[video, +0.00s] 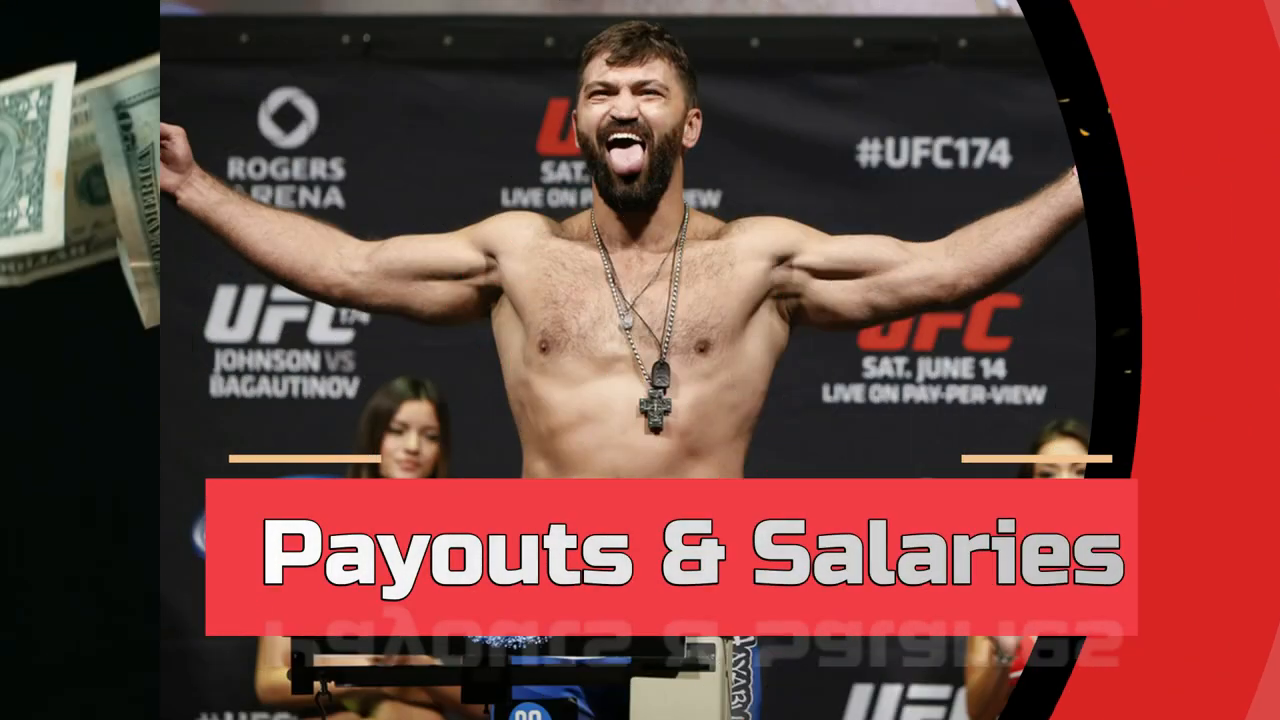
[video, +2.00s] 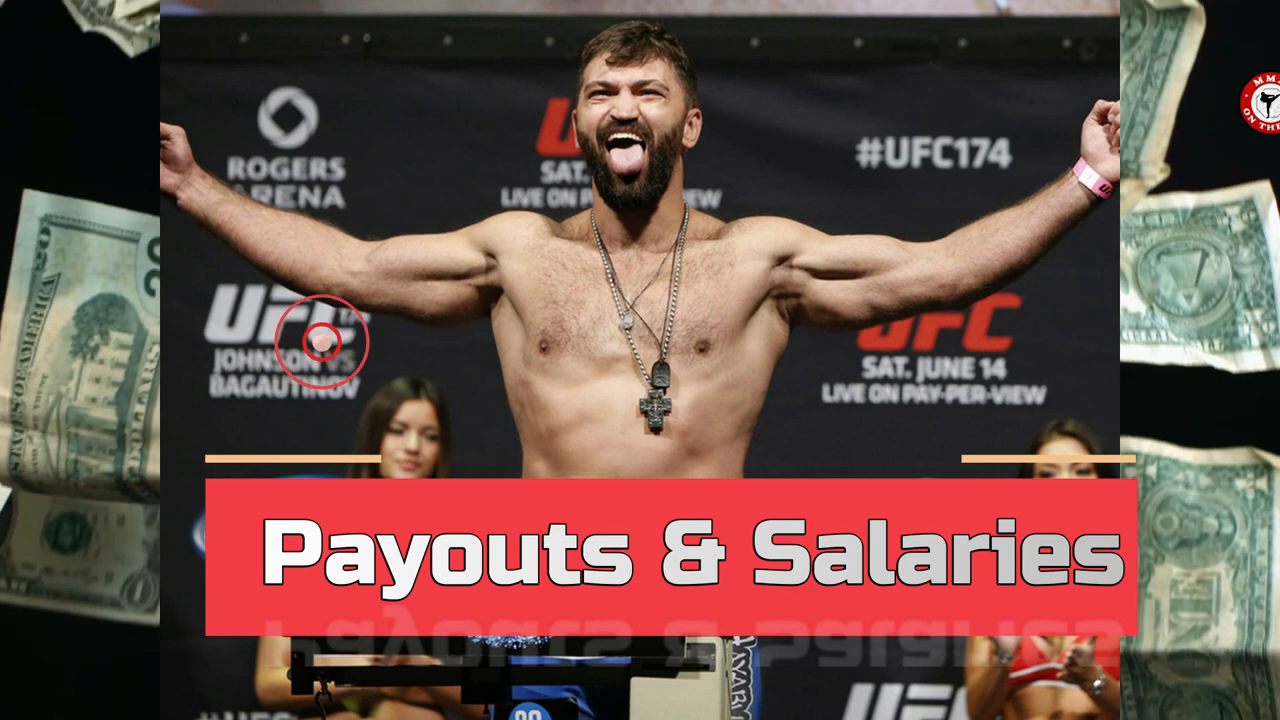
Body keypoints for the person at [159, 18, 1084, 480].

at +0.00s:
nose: (624, 106)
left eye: (648, 90)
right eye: (604, 91)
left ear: (689, 124)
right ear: (573, 126)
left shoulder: (766, 253)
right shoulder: (511, 249)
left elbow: (946, 268)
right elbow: (346, 267)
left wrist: (1089, 181)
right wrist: (196, 190)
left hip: (709, 582)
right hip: (547, 580)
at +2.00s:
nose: (624, 107)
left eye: (648, 92)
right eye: (605, 92)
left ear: (691, 126)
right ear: (574, 123)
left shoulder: (763, 254)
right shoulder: (511, 247)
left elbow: (941, 269)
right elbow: (346, 266)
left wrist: (1083, 184)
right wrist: (197, 194)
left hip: (700, 599)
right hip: (541, 594)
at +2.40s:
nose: (619, 106)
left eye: (646, 91)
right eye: (600, 90)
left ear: (692, 128)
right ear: (571, 123)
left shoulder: (763, 255)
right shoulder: (515, 241)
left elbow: (944, 268)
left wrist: (1086, 180)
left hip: (684, 601)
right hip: (520, 593)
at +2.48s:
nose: (620, 108)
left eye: (647, 91)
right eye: (599, 95)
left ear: (689, 125)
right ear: (571, 132)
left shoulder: (763, 254)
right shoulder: (527, 244)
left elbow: (945, 269)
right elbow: (460, 411)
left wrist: (1090, 178)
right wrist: (481, 372)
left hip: (695, 594)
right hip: (535, 591)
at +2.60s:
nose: (616, 108)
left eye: (634, 92)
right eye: (595, 98)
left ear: (676, 115)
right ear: (580, 140)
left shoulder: (753, 244)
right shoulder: (633, 264)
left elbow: (938, 270)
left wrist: (1086, 180)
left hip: (696, 532)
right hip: (610, 525)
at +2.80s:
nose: (765, 180)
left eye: (779, 165)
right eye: (749, 164)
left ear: (797, 163)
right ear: (720, 157)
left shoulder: (806, 233)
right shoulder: (663, 230)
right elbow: (561, 310)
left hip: (765, 451)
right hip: (674, 449)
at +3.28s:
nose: (766, 181)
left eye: (781, 165)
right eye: (750, 164)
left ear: (800, 162)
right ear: (720, 158)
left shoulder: (803, 238)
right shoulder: (661, 232)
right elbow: (560, 310)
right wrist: (619, 406)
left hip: (768, 463)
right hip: (670, 462)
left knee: (757, 643)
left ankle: (729, 713)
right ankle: (675, 709)